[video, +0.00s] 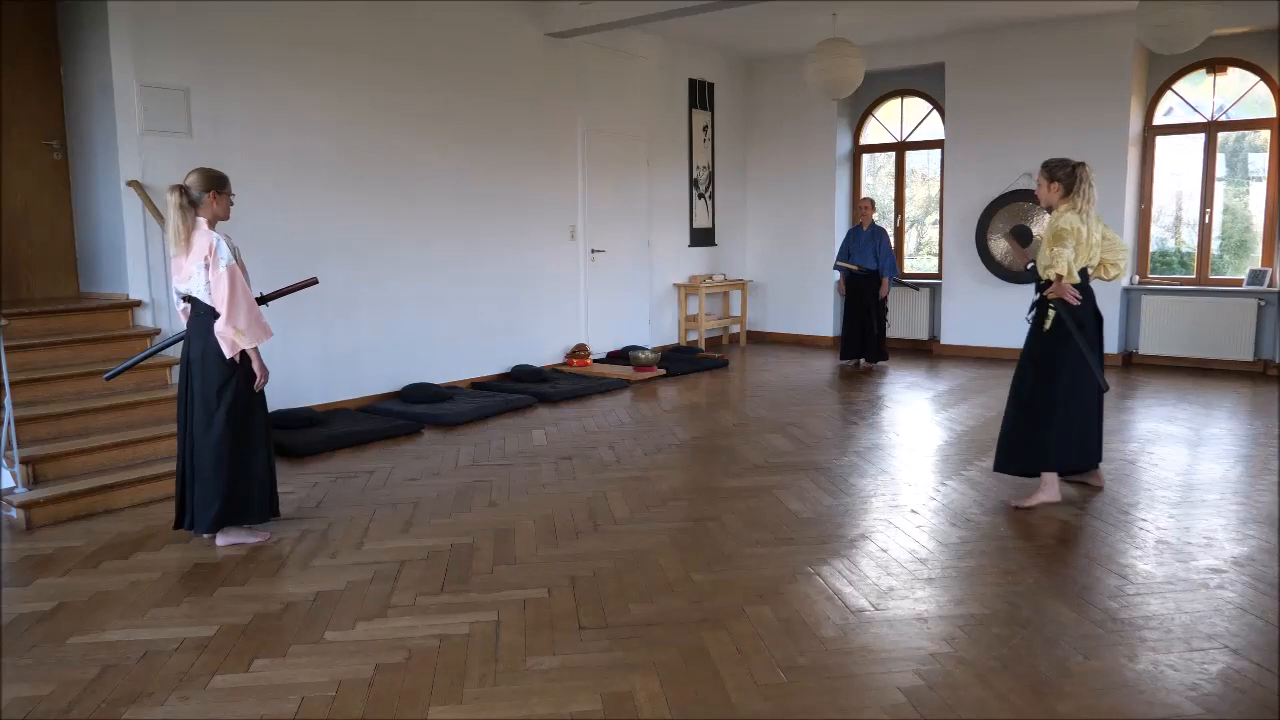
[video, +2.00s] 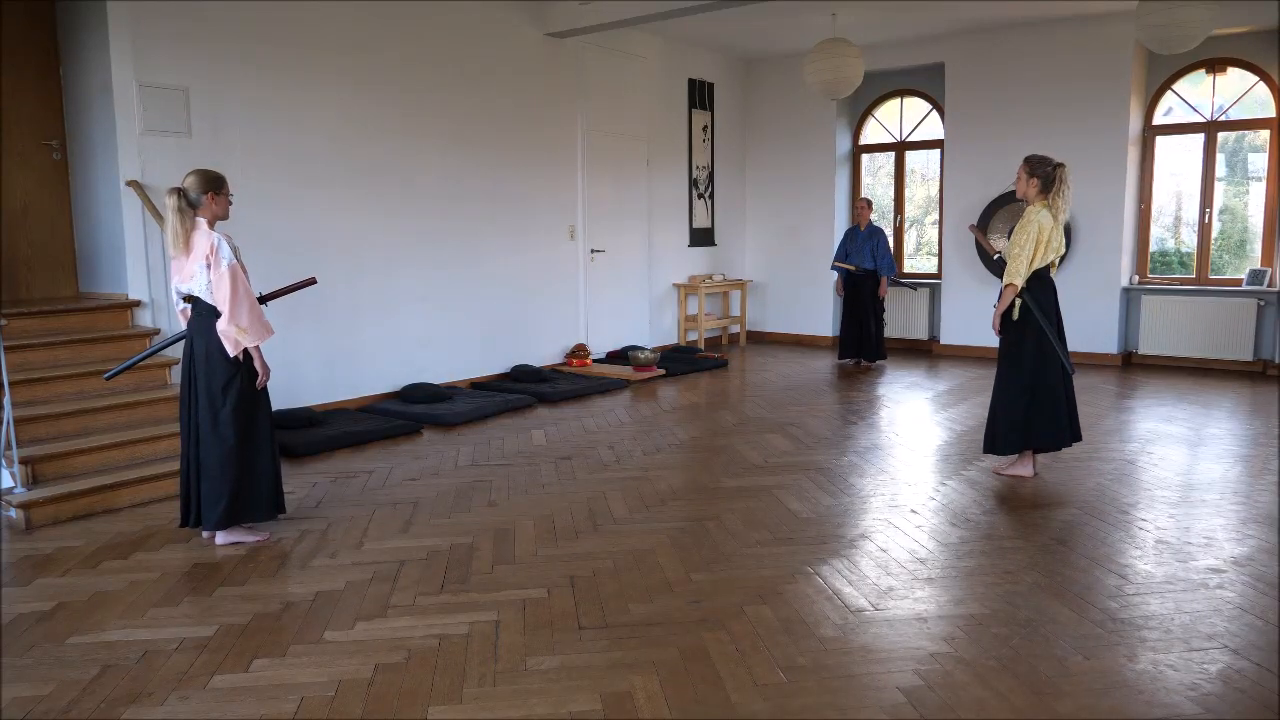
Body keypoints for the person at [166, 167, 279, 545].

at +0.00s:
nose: (232, 203)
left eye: (231, 197)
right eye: (229, 197)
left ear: (203, 199)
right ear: (212, 198)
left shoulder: (182, 242)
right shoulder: (217, 242)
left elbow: (185, 304)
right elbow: (233, 304)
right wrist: (253, 352)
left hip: (197, 343)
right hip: (223, 345)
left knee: (208, 432)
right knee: (229, 433)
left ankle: (215, 520)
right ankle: (229, 525)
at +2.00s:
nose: (231, 203)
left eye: (230, 197)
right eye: (228, 197)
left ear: (201, 200)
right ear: (210, 199)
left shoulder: (181, 240)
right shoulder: (216, 242)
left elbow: (183, 302)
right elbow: (235, 304)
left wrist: (202, 332)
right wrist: (255, 351)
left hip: (198, 341)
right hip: (224, 342)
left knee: (209, 430)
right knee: (232, 431)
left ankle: (213, 521)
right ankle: (229, 525)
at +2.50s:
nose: (237, 206)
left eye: (236, 199)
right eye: (234, 200)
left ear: (203, 202)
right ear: (219, 202)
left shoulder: (186, 245)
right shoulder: (224, 244)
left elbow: (185, 303)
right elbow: (242, 304)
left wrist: (201, 334)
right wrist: (264, 349)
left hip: (201, 340)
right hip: (232, 339)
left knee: (213, 425)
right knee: (260, 415)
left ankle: (216, 515)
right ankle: (276, 502)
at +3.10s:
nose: (288, 205)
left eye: (286, 199)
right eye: (285, 200)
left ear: (256, 203)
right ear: (271, 202)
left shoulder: (237, 245)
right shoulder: (280, 242)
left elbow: (236, 301)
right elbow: (294, 299)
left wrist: (252, 327)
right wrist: (312, 344)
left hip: (251, 332)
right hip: (281, 332)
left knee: (247, 413)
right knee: (298, 411)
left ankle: (221, 500)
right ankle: (306, 493)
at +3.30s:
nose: (305, 204)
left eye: (304, 199)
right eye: (302, 199)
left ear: (275, 201)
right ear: (289, 201)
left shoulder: (254, 244)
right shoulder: (298, 240)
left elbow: (256, 298)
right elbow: (314, 297)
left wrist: (273, 324)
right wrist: (333, 339)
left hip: (272, 330)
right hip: (302, 330)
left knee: (275, 406)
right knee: (309, 408)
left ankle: (254, 486)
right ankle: (305, 493)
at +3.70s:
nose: (337, 210)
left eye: (336, 204)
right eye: (335, 204)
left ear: (310, 206)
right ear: (322, 206)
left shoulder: (290, 246)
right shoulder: (329, 242)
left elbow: (290, 301)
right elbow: (342, 298)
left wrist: (307, 325)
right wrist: (358, 340)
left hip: (306, 331)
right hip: (331, 330)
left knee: (314, 408)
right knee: (340, 406)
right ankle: (305, 491)